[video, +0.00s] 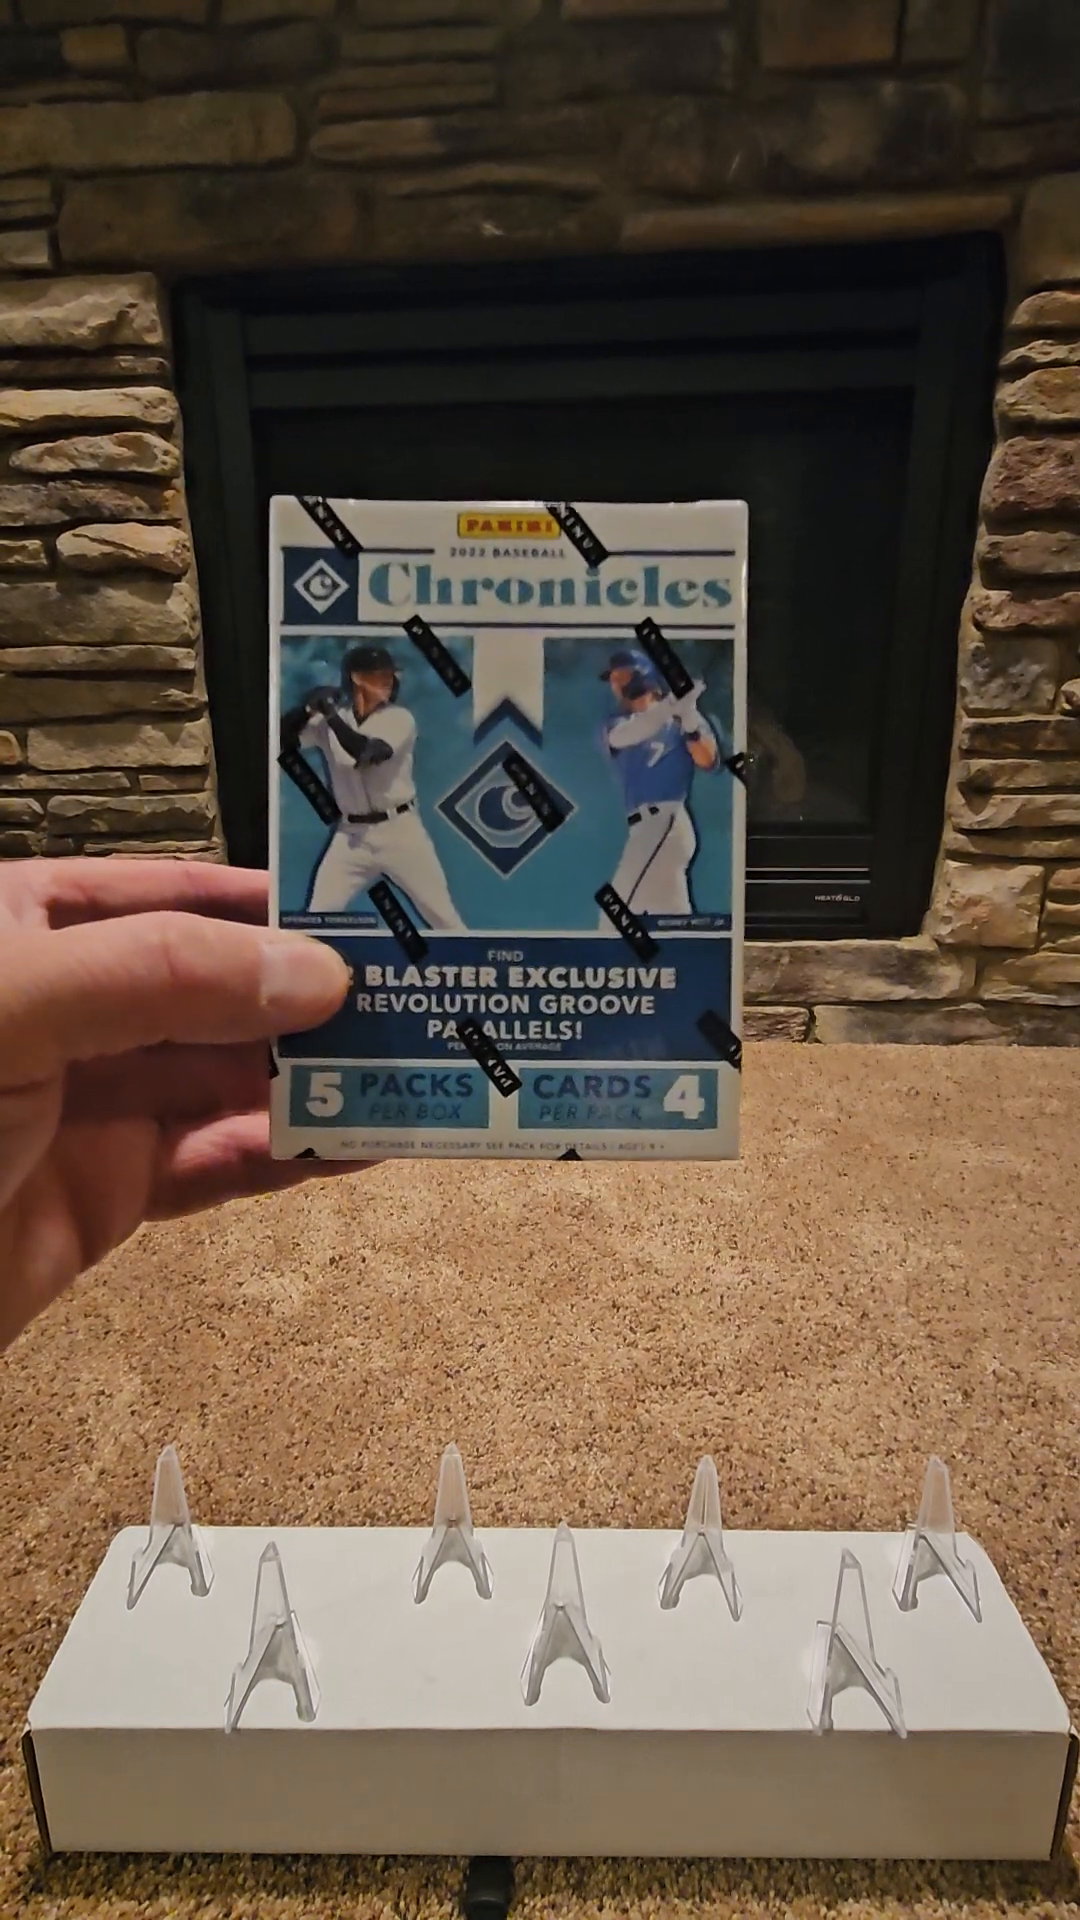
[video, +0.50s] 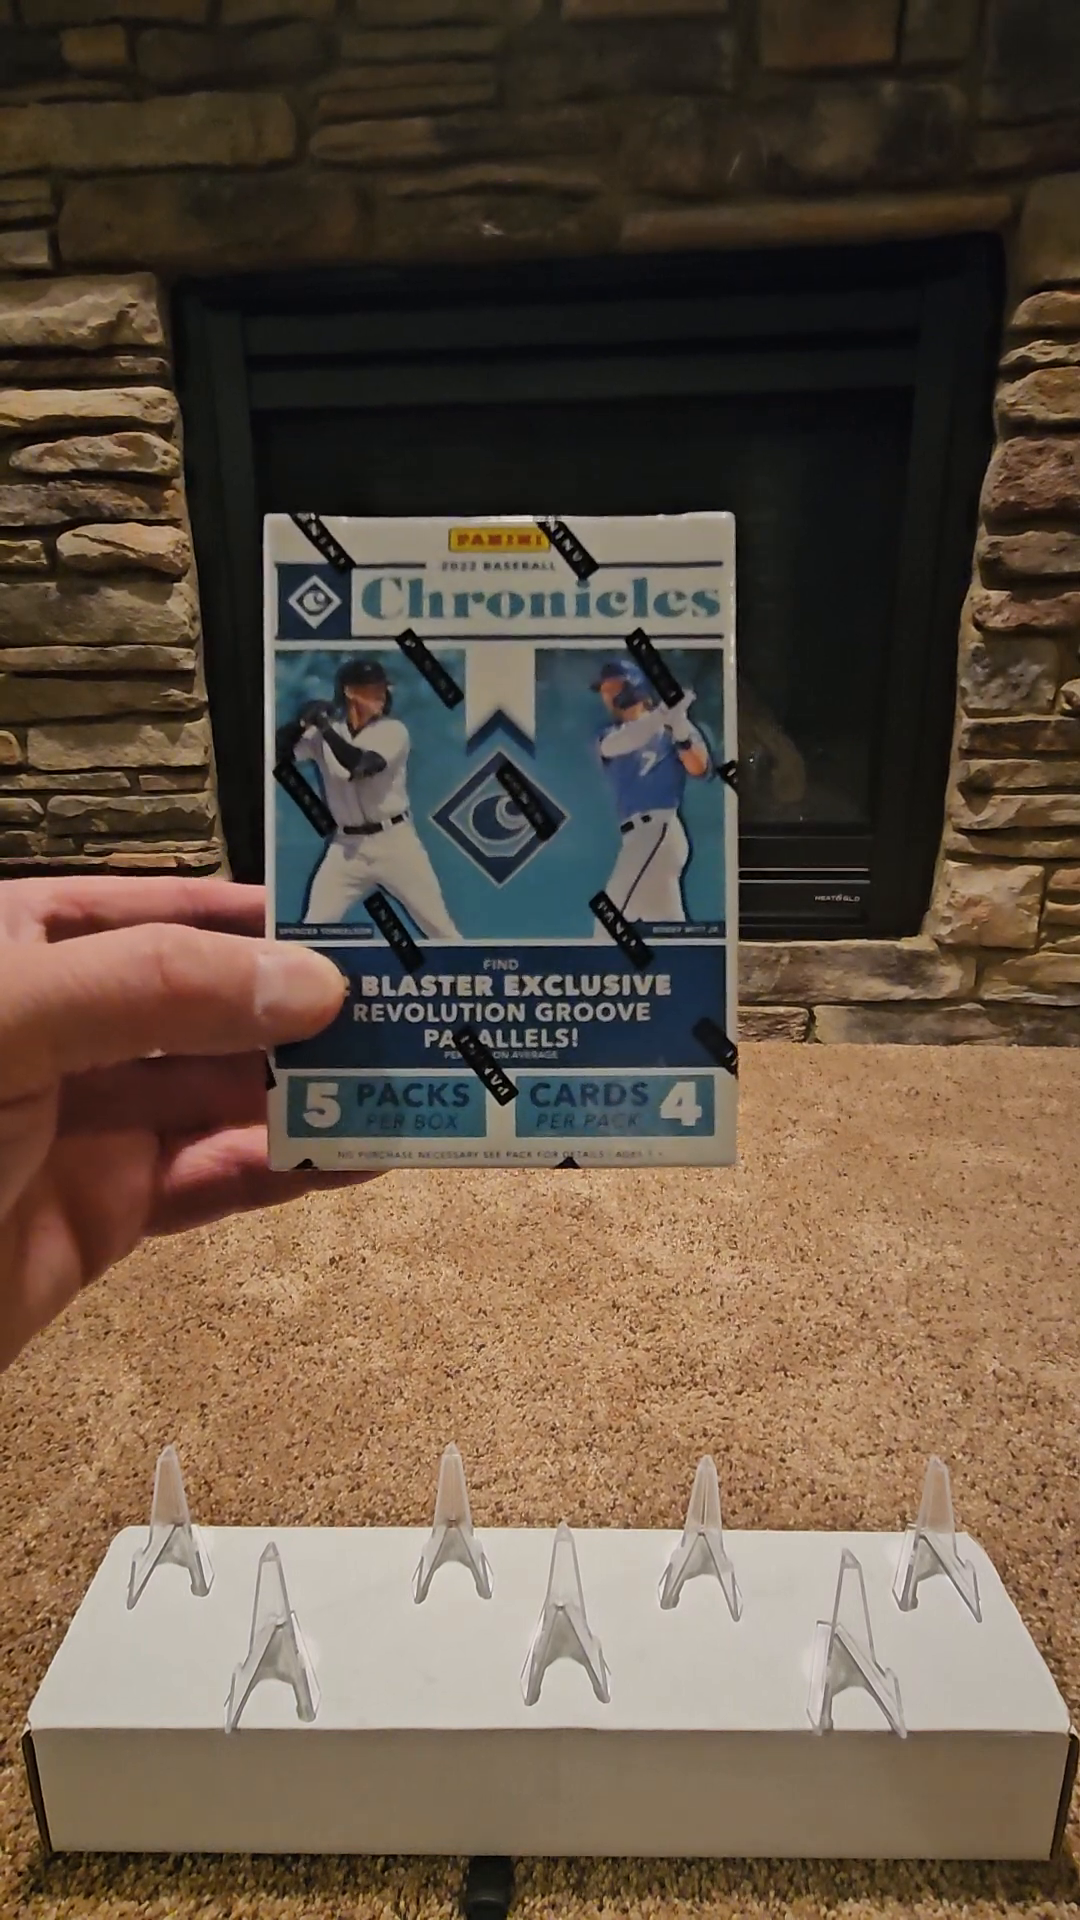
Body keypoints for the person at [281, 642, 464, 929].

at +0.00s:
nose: (390, 679)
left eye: (390, 673)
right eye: (381, 673)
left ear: (393, 679)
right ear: (357, 678)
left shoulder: (399, 718)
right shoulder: (327, 723)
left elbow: (366, 754)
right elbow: (282, 740)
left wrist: (330, 714)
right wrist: (306, 710)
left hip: (401, 832)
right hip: (351, 836)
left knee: (444, 918)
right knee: (319, 920)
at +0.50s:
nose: (381, 693)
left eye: (382, 687)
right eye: (372, 687)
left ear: (387, 691)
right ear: (350, 692)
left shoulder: (393, 731)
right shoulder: (323, 735)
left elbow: (359, 766)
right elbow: (279, 753)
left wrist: (324, 726)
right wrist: (300, 724)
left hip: (395, 843)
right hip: (346, 847)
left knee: (439, 928)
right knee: (314, 932)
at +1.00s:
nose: (376, 690)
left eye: (377, 684)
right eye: (367, 684)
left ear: (382, 689)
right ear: (345, 691)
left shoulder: (389, 730)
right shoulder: (315, 737)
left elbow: (355, 768)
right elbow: (269, 755)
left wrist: (318, 726)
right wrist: (293, 724)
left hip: (392, 846)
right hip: (342, 850)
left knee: (436, 932)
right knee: (309, 937)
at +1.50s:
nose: (372, 647)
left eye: (373, 640)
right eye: (362, 641)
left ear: (377, 644)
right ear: (338, 647)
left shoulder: (384, 687)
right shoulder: (308, 694)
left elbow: (349, 725)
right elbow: (261, 712)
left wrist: (311, 683)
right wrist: (285, 681)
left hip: (387, 805)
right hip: (336, 810)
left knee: (432, 892)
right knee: (304, 897)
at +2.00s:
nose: (336, 601)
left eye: (337, 594)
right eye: (326, 594)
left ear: (340, 599)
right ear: (300, 601)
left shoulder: (349, 645)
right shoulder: (266, 650)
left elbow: (311, 686)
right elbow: (216, 669)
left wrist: (270, 641)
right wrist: (243, 635)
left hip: (352, 774)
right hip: (296, 779)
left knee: (400, 871)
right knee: (261, 875)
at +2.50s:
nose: (349, 519)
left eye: (352, 511)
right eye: (337, 511)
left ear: (358, 519)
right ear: (309, 519)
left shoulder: (365, 571)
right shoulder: (273, 579)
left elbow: (325, 618)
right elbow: (213, 600)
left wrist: (277, 567)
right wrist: (248, 563)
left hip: (371, 719)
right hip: (308, 724)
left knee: (427, 829)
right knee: (269, 835)